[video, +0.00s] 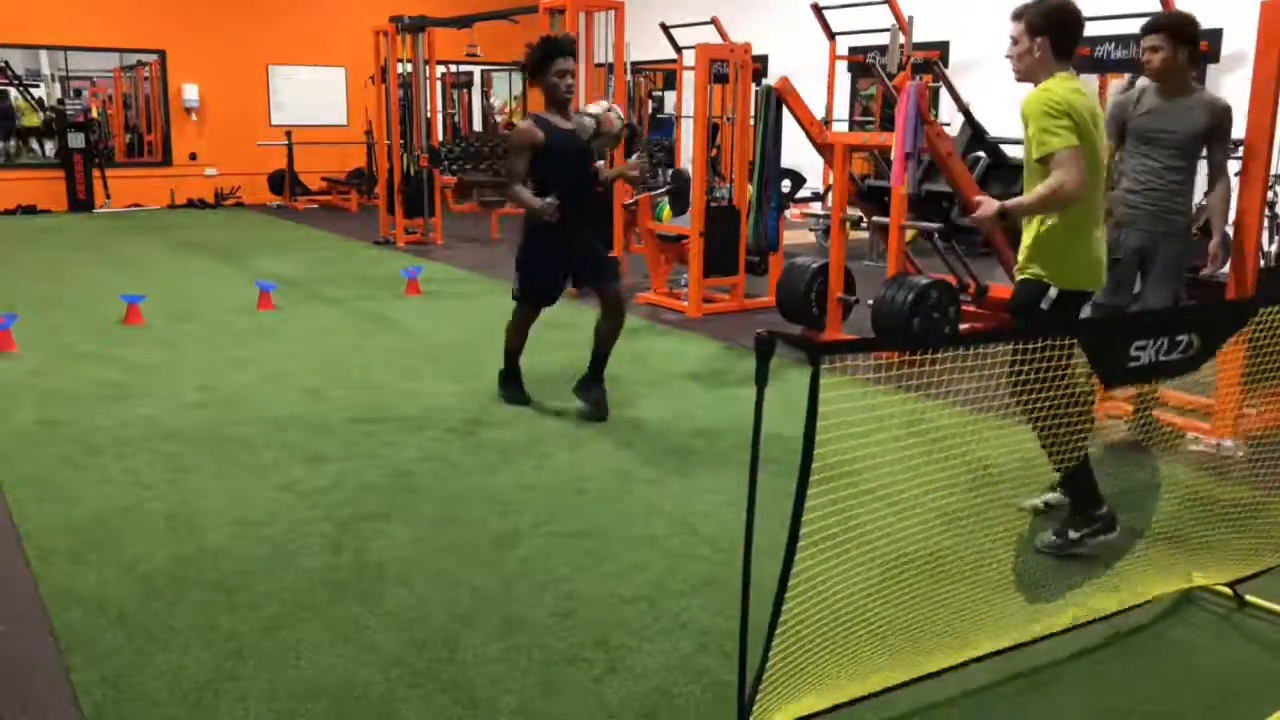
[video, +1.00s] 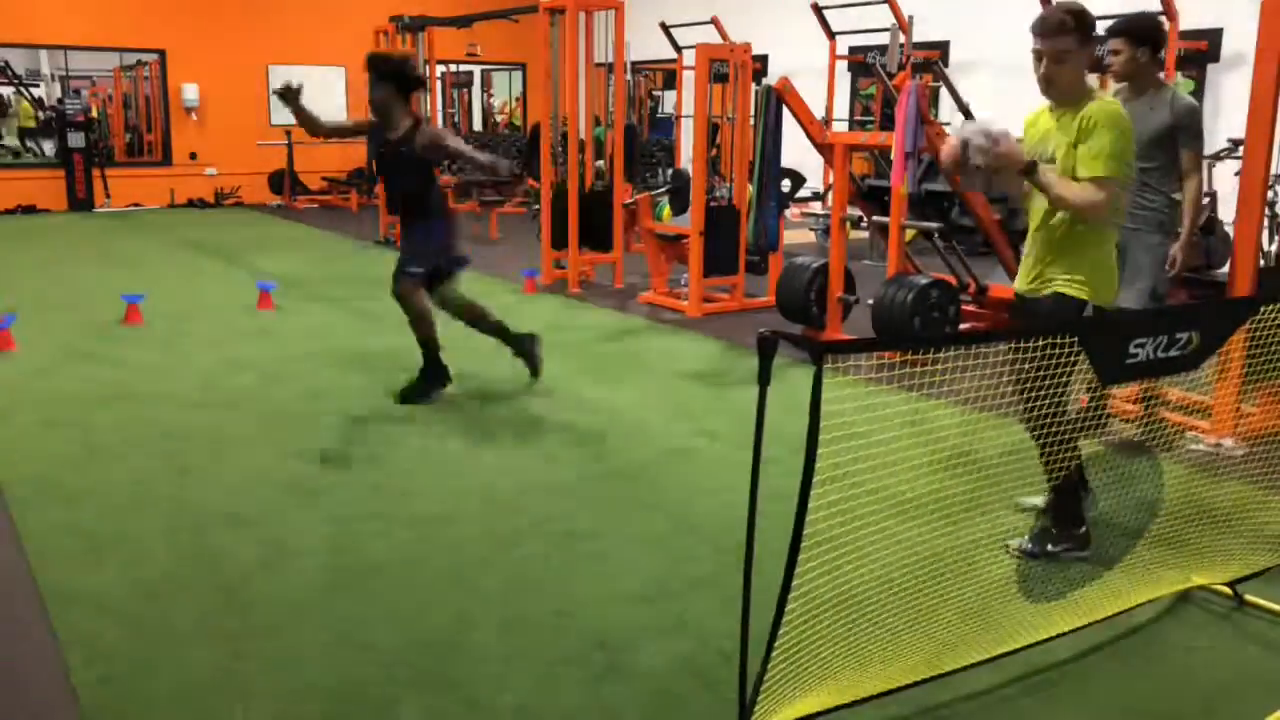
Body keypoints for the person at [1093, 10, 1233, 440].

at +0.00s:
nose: (1144, 58)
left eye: (1154, 50)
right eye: (1142, 51)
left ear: (1184, 54)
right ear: (1143, 55)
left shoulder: (1213, 110)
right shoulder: (1126, 98)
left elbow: (1218, 177)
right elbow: (1106, 158)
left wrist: (1217, 235)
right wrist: (1098, 215)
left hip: (1173, 234)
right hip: (1121, 226)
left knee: (1156, 322)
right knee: (1104, 316)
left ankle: (1143, 416)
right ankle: (1082, 403)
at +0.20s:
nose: (1143, 60)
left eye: (1152, 52)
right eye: (1143, 52)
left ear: (1181, 54)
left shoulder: (1215, 111)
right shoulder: (1130, 102)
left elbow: (1225, 178)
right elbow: (1108, 160)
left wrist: (1221, 241)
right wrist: (1097, 216)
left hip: (1170, 234)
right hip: (1119, 226)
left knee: (1151, 326)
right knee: (1105, 322)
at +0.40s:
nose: (1143, 61)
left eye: (1152, 53)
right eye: (1142, 53)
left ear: (1180, 54)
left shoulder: (1213, 111)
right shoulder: (1131, 98)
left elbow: (1223, 180)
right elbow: (1105, 153)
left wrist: (1214, 242)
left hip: (1166, 234)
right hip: (1118, 226)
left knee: (1145, 323)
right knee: (1104, 321)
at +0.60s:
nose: (1140, 59)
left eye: (1148, 52)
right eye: (1138, 52)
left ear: (1175, 53)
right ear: (1134, 52)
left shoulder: (1203, 109)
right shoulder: (1127, 99)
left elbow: (1212, 177)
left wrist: (1201, 233)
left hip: (1160, 234)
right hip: (1114, 225)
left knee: (1138, 318)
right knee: (1100, 318)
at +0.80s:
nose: (1127, 57)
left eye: (1136, 49)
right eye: (1124, 50)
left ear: (1165, 51)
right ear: (1122, 51)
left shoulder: (1191, 106)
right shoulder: (1123, 99)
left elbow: (1200, 175)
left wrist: (1187, 235)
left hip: (1155, 229)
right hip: (1113, 221)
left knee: (1137, 315)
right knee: (1102, 314)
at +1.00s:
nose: (1108, 61)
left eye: (1116, 53)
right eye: (1109, 54)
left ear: (1143, 54)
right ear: (1137, 55)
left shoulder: (1181, 108)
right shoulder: (1112, 100)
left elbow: (1191, 175)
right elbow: (1096, 162)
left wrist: (1184, 238)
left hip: (1150, 229)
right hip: (1106, 222)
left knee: (1133, 316)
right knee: (1100, 316)